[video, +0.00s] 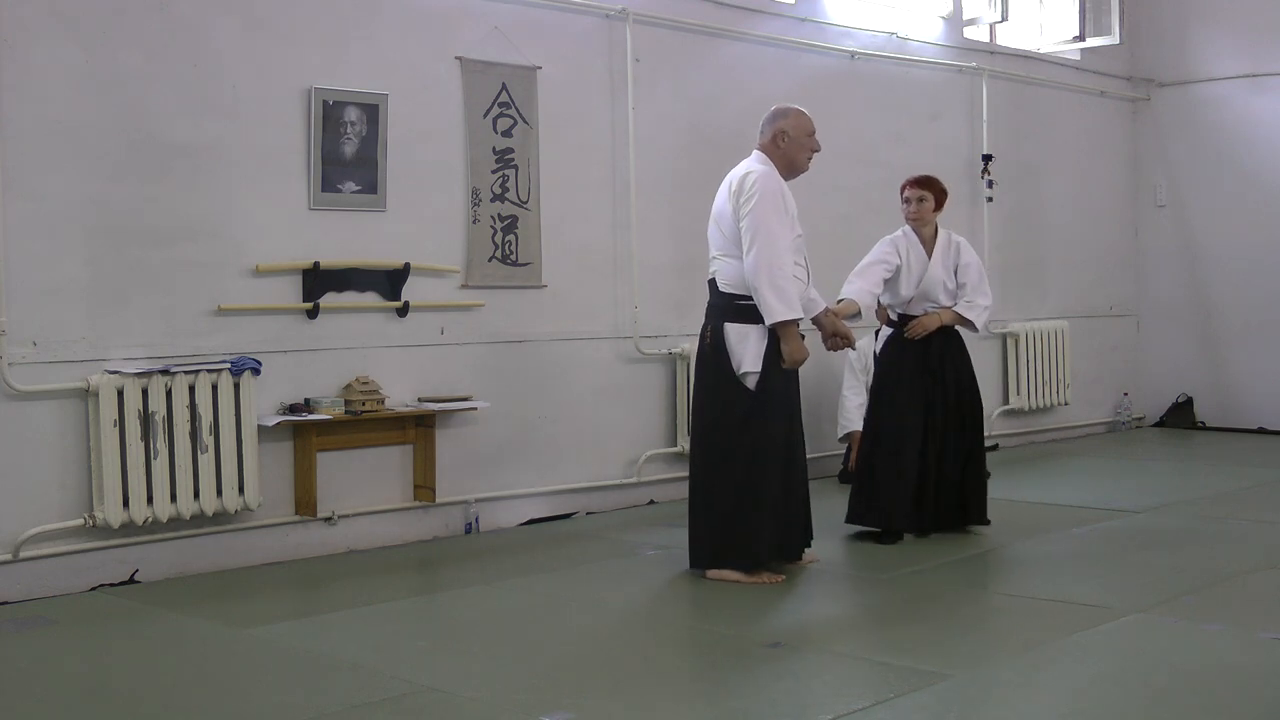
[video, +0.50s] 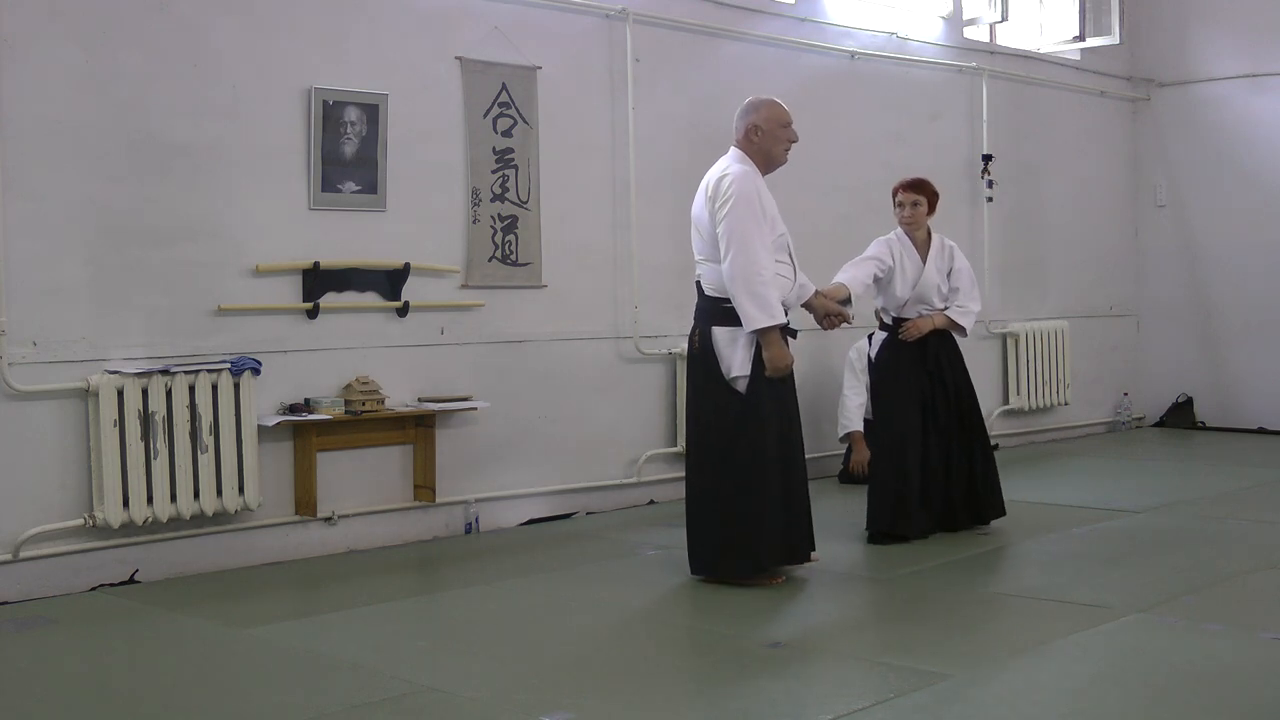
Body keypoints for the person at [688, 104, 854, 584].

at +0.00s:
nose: (816, 148)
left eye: (815, 140)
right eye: (810, 139)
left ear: (778, 140)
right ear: (779, 139)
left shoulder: (767, 182)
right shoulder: (759, 181)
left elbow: (788, 265)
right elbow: (763, 262)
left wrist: (823, 314)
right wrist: (788, 333)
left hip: (762, 323)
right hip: (744, 323)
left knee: (774, 437)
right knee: (738, 441)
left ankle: (776, 545)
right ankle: (725, 558)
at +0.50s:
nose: (794, 137)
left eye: (793, 129)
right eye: (786, 129)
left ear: (753, 133)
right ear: (754, 133)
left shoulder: (743, 179)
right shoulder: (738, 182)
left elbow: (770, 260)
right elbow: (746, 264)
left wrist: (813, 298)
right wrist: (770, 334)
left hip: (745, 327)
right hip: (736, 332)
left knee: (753, 444)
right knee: (742, 447)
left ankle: (755, 555)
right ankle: (736, 561)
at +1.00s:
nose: (784, 136)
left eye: (784, 128)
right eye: (775, 128)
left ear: (744, 133)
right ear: (743, 132)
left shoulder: (745, 182)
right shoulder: (730, 181)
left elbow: (769, 261)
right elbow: (738, 261)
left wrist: (809, 302)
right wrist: (765, 329)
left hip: (754, 327)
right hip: (730, 331)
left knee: (773, 440)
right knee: (735, 447)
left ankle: (782, 539)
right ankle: (732, 560)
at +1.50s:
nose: (786, 135)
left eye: (786, 128)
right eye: (777, 127)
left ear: (748, 132)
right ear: (744, 131)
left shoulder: (747, 180)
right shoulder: (733, 180)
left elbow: (768, 261)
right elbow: (740, 261)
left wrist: (805, 306)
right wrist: (767, 330)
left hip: (757, 324)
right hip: (732, 327)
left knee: (772, 438)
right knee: (733, 446)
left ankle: (781, 539)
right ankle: (731, 559)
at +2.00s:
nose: (782, 137)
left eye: (783, 129)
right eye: (772, 128)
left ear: (746, 134)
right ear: (740, 132)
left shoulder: (743, 181)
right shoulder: (730, 182)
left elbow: (764, 263)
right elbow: (736, 262)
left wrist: (804, 305)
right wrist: (764, 330)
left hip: (755, 327)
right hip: (730, 331)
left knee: (770, 440)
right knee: (734, 447)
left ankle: (778, 542)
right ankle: (731, 559)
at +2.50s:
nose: (780, 137)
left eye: (778, 129)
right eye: (771, 129)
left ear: (739, 133)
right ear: (740, 133)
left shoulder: (735, 181)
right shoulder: (725, 183)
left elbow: (757, 263)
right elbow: (732, 264)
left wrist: (797, 302)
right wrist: (761, 331)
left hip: (748, 327)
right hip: (725, 331)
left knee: (769, 440)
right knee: (733, 448)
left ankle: (780, 541)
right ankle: (735, 560)